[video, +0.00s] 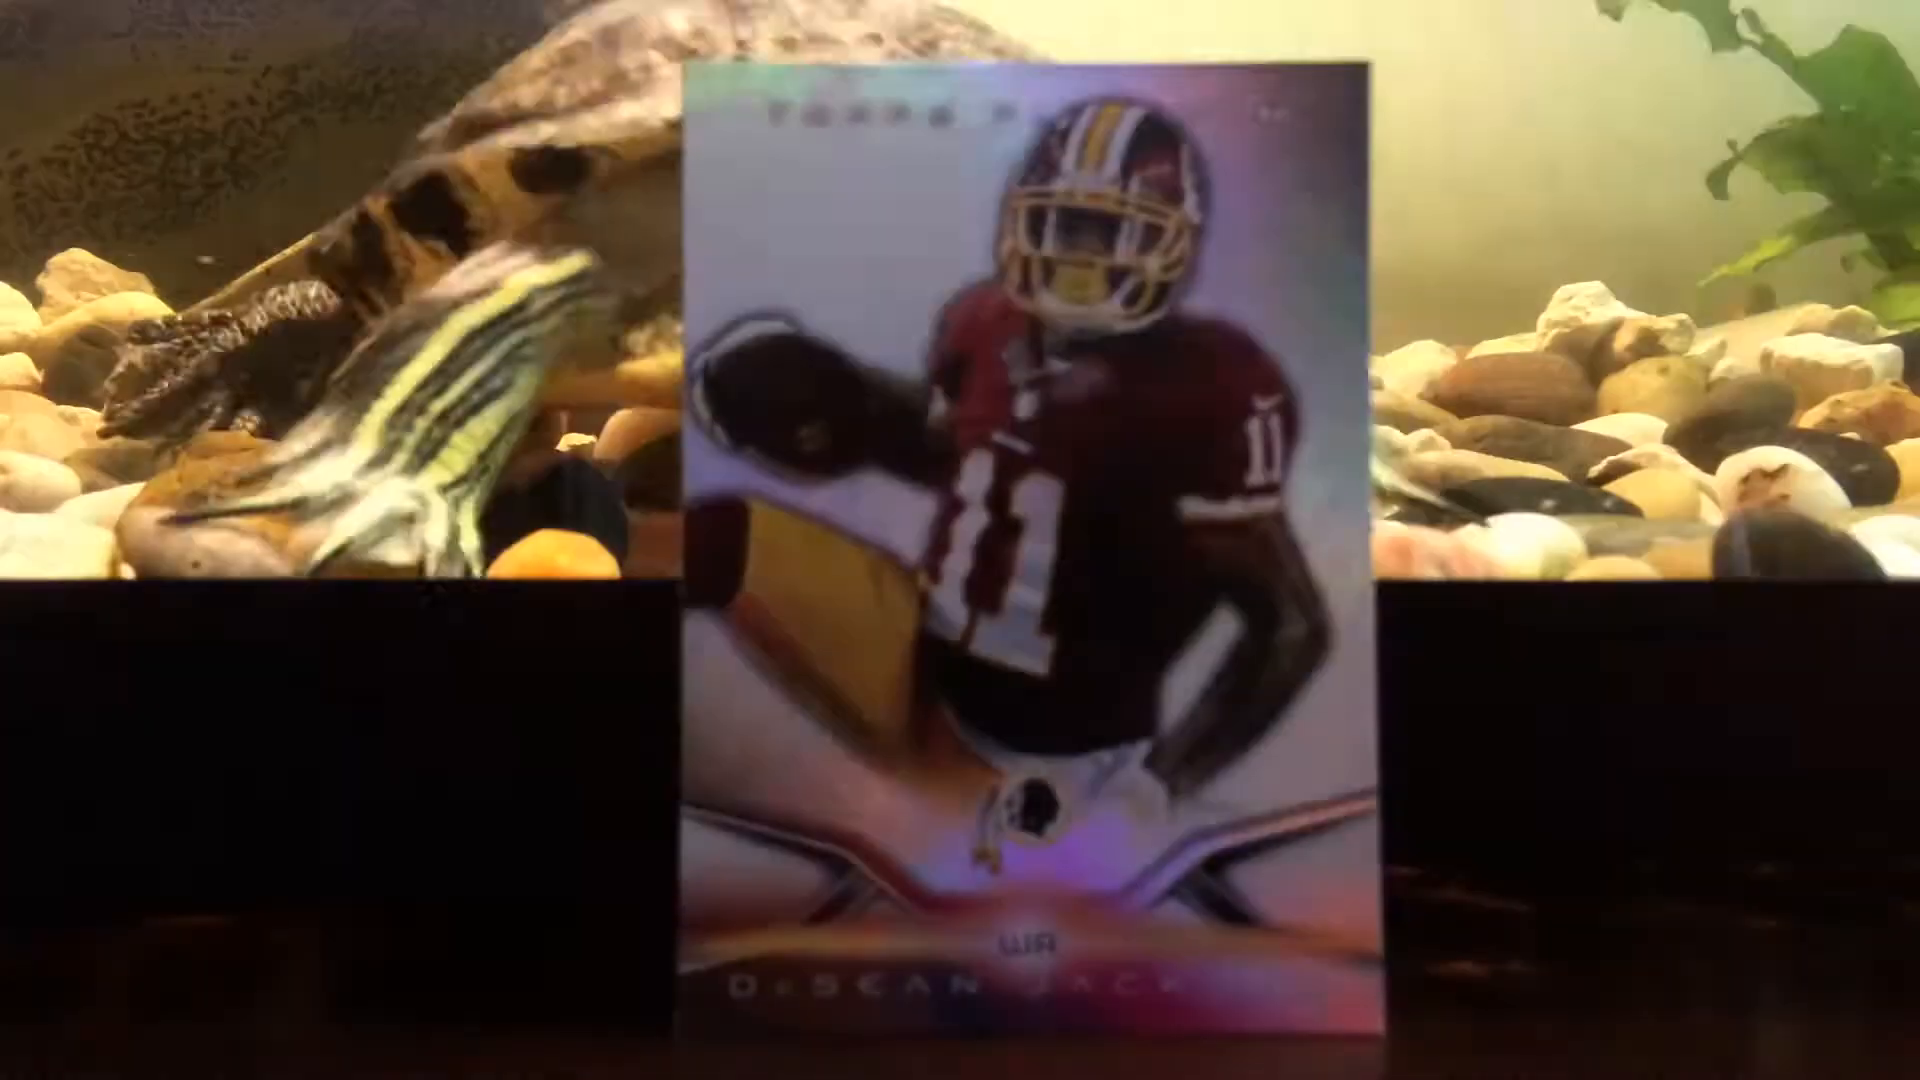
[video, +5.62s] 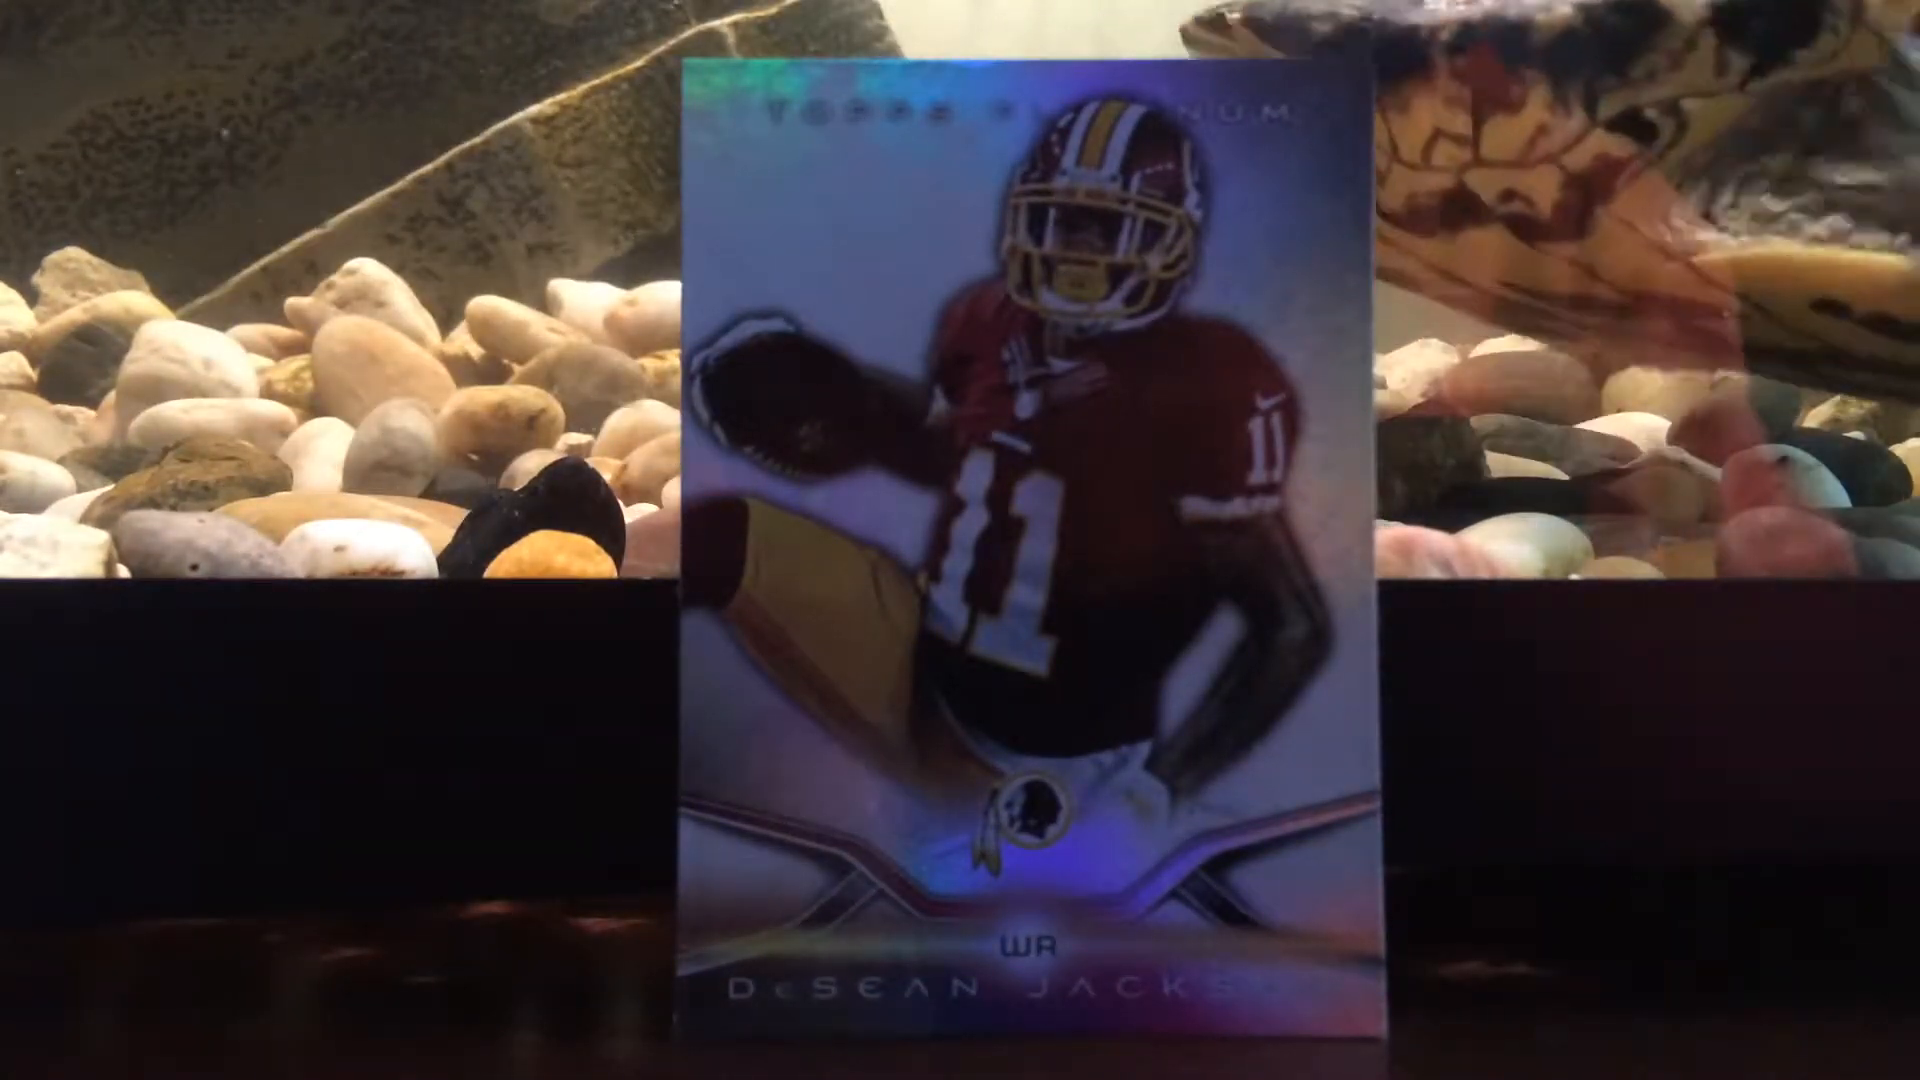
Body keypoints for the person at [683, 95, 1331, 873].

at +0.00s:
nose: (1080, 259)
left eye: (1115, 233)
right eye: (1060, 226)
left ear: (1175, 245)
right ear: (1021, 227)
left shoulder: (1215, 387)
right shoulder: (980, 328)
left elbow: (1291, 629)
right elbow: (952, 456)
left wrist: (1159, 786)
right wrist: (852, 415)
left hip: (1088, 762)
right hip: (935, 709)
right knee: (720, 539)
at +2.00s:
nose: (1079, 259)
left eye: (1114, 234)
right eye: (1061, 226)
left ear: (1175, 248)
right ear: (1021, 228)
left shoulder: (1215, 388)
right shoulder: (980, 327)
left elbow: (1293, 629)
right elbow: (959, 460)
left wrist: (1155, 789)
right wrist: (856, 415)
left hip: (1078, 753)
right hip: (929, 679)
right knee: (716, 537)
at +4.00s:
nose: (1080, 252)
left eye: (1114, 228)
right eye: (1060, 220)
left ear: (1176, 245)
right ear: (1021, 224)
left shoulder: (1217, 385)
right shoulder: (979, 325)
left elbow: (1294, 630)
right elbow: (955, 458)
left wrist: (1155, 792)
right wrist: (853, 410)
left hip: (1080, 757)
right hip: (929, 688)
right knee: (714, 539)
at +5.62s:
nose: (1078, 251)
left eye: (1112, 227)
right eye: (1058, 220)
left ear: (1175, 244)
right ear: (1020, 224)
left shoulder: (1216, 384)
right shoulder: (980, 325)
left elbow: (1294, 630)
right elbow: (956, 458)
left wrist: (1157, 790)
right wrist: (852, 411)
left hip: (1083, 757)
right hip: (929, 683)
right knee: (711, 536)